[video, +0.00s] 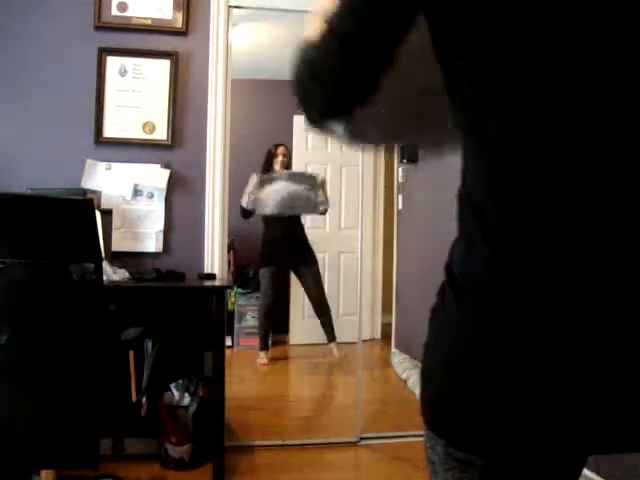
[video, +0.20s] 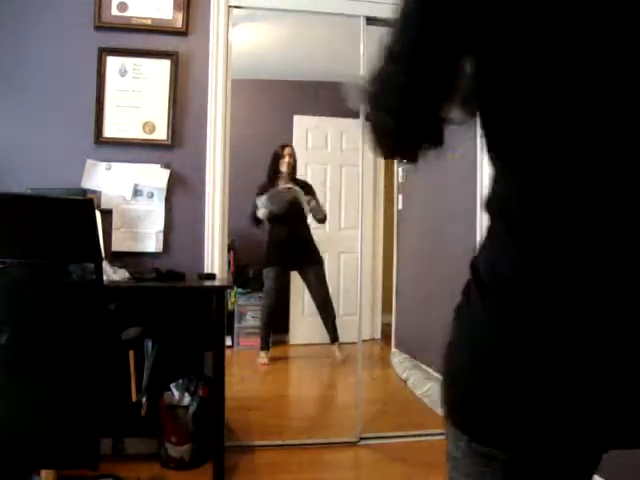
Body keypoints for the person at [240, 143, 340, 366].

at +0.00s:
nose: (282, 159)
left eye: (285, 156)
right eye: (278, 155)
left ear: (290, 159)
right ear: (270, 158)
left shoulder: (297, 182)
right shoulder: (261, 182)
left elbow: (321, 210)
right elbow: (245, 213)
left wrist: (321, 189)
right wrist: (252, 188)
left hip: (297, 243)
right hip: (272, 245)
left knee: (317, 294)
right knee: (267, 299)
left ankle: (332, 342)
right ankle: (264, 350)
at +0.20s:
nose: (288, 160)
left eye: (291, 157)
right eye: (284, 157)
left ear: (295, 161)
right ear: (276, 160)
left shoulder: (303, 187)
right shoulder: (266, 189)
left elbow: (321, 217)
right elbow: (257, 220)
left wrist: (306, 199)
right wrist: (269, 203)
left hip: (303, 247)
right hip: (277, 250)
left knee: (321, 295)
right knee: (270, 300)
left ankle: (335, 343)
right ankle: (264, 349)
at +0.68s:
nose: (318, 162)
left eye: (322, 158)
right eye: (314, 158)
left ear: (327, 162)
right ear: (307, 163)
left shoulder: (338, 189)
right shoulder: (299, 188)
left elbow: (360, 213)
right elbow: (270, 209)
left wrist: (345, 227)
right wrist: (280, 220)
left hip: (326, 248)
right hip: (299, 247)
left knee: (332, 301)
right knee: (277, 293)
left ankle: (335, 347)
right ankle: (254, 341)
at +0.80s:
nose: (317, 162)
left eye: (321, 158)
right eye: (313, 158)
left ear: (326, 162)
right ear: (307, 164)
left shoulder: (337, 190)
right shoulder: (298, 189)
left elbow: (355, 216)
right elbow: (270, 210)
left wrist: (346, 229)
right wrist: (280, 222)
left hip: (325, 249)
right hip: (297, 248)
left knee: (332, 302)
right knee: (275, 293)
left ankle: (335, 347)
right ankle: (250, 341)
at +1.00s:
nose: (306, 166)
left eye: (309, 162)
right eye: (302, 162)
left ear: (314, 166)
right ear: (294, 166)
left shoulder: (321, 194)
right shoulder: (283, 190)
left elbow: (341, 223)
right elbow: (253, 211)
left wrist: (333, 232)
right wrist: (265, 225)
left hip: (312, 253)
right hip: (285, 253)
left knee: (325, 302)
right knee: (267, 301)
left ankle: (334, 347)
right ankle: (249, 346)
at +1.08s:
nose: (302, 166)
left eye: (305, 163)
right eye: (298, 162)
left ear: (310, 167)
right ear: (290, 165)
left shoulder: (317, 195)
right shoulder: (280, 191)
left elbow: (338, 225)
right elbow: (250, 212)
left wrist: (324, 235)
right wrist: (263, 226)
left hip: (308, 252)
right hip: (281, 252)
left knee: (324, 303)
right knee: (264, 302)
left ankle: (334, 347)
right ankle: (248, 348)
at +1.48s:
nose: (296, 169)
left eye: (299, 166)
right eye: (292, 165)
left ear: (304, 170)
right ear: (285, 169)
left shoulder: (313, 197)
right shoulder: (274, 196)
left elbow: (335, 225)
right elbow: (249, 220)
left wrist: (318, 233)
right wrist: (266, 231)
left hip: (305, 255)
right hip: (278, 256)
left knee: (324, 301)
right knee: (262, 302)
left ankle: (336, 347)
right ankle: (247, 348)